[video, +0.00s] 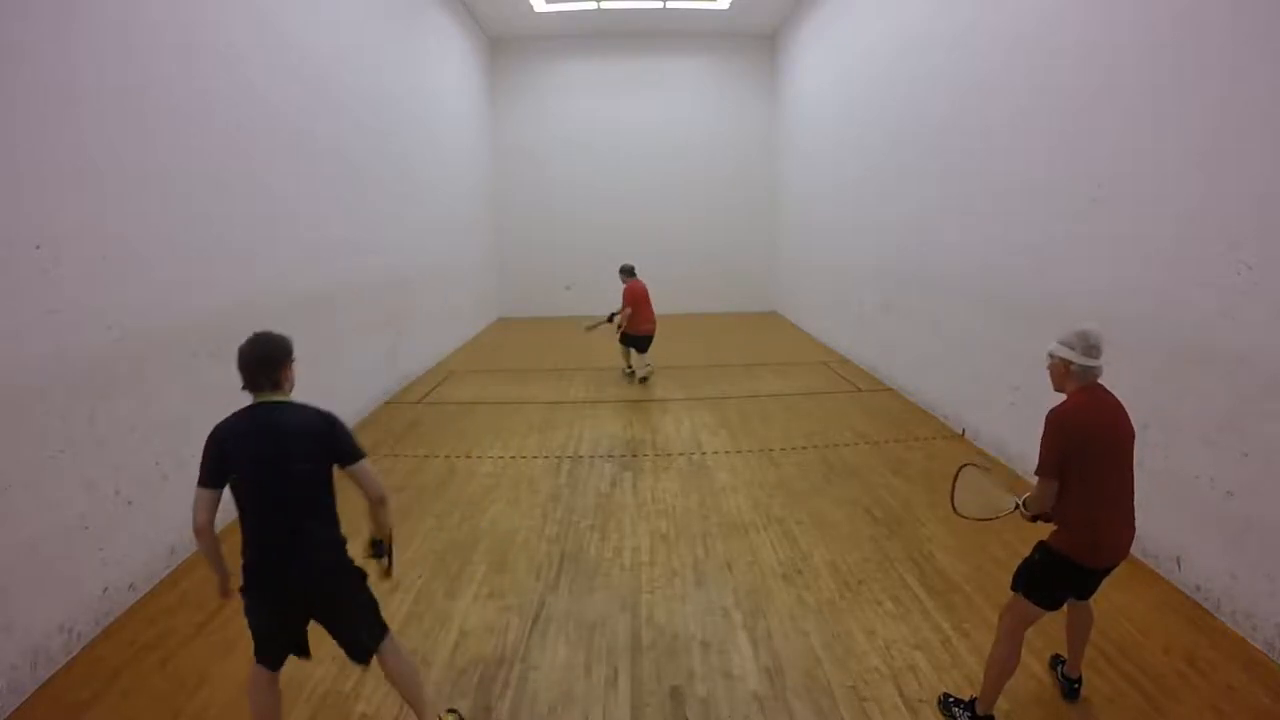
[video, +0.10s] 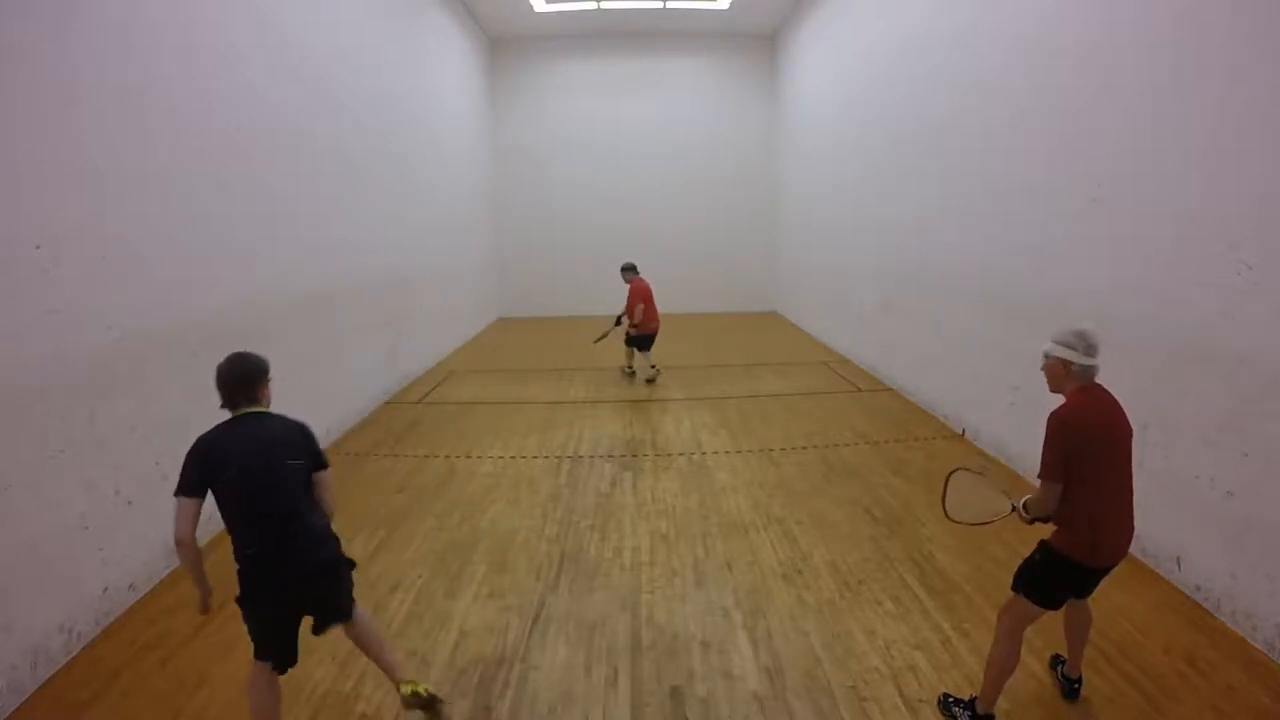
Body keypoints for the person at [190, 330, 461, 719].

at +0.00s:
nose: (294, 370)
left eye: (291, 364)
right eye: (292, 365)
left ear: (244, 378)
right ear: (287, 372)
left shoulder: (225, 436)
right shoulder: (319, 423)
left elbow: (202, 525)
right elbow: (376, 494)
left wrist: (222, 576)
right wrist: (380, 538)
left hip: (267, 578)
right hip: (327, 570)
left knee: (265, 667)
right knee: (383, 644)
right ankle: (429, 713)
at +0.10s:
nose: (270, 389)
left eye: (267, 383)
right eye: (269, 384)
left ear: (223, 396)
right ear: (265, 390)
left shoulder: (205, 449)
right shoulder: (295, 432)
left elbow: (184, 538)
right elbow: (327, 503)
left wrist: (202, 588)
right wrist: (308, 534)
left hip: (262, 576)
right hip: (318, 560)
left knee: (265, 664)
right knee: (352, 614)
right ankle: (404, 683)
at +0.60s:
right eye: (214, 402)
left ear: (179, 418)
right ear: (217, 406)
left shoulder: (170, 466)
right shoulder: (251, 438)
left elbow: (160, 540)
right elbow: (314, 486)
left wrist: (144, 622)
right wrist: (359, 514)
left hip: (231, 582)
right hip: (283, 560)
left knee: (263, 647)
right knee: (320, 605)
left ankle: (267, 712)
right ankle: (356, 654)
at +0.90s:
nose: (151, 398)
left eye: (153, 388)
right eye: (150, 389)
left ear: (173, 388)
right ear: (199, 387)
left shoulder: (154, 449)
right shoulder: (237, 430)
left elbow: (158, 536)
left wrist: (177, 589)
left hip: (223, 580)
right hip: (274, 558)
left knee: (231, 679)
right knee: (323, 603)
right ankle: (387, 660)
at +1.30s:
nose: (214, 357)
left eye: (211, 351)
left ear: (210, 354)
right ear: (248, 350)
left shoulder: (217, 386)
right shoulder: (268, 385)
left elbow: (211, 426)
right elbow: (279, 434)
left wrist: (141, 481)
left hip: (269, 514)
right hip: (311, 497)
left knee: (256, 618)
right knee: (319, 585)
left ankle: (285, 710)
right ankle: (378, 660)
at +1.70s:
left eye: (208, 331)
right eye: (235, 324)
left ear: (202, 335)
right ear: (237, 327)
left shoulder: (200, 385)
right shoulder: (267, 363)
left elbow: (206, 456)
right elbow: (310, 411)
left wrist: (213, 510)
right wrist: (310, 454)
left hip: (253, 487)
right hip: (295, 472)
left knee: (275, 559)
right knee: (314, 546)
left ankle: (302, 627)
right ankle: (348, 603)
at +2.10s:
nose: (266, 320)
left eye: (266, 314)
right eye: (264, 315)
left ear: (226, 321)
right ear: (255, 318)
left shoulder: (207, 362)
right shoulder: (276, 356)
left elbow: (186, 418)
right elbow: (318, 407)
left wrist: (203, 423)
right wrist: (339, 445)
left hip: (245, 465)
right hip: (284, 457)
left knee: (262, 529)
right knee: (303, 522)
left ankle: (276, 591)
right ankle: (316, 591)